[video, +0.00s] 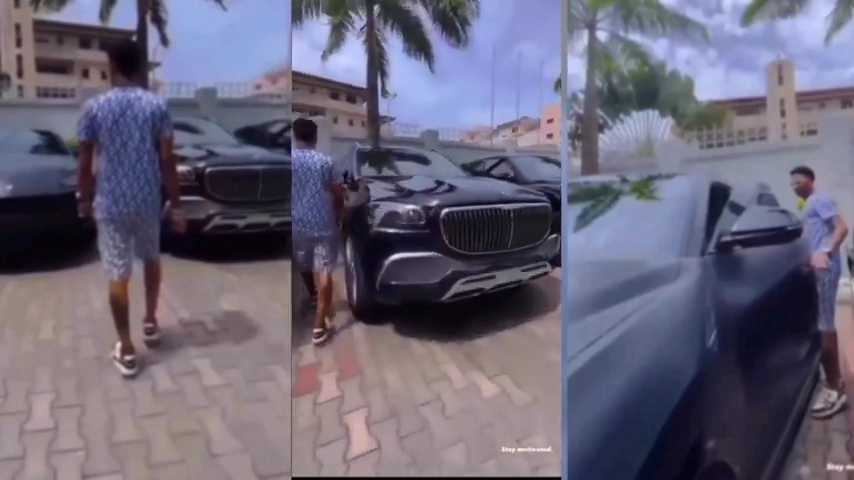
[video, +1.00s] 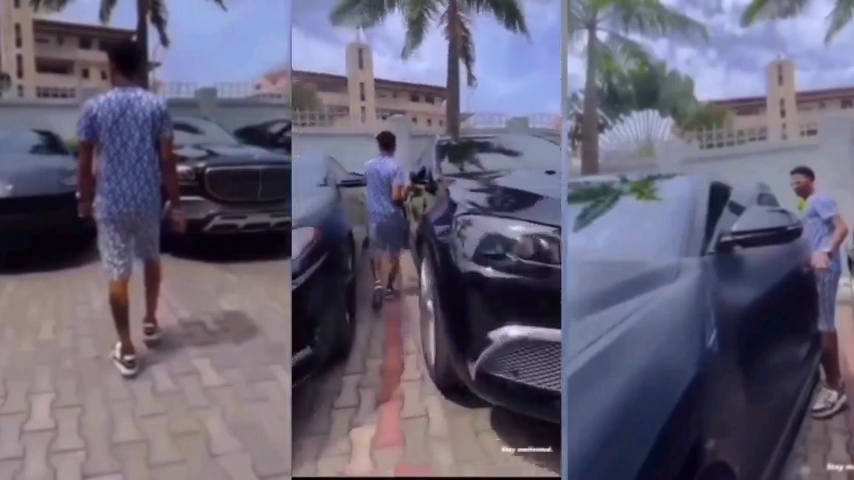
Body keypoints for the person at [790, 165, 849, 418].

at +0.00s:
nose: (796, 187)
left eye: (799, 183)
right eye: (793, 184)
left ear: (811, 181)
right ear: (797, 185)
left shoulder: (821, 201)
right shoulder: (809, 205)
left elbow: (842, 227)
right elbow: (820, 234)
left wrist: (827, 253)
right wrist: (810, 255)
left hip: (825, 268)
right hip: (815, 268)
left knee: (825, 327)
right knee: (822, 327)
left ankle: (834, 388)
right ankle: (830, 385)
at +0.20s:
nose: (796, 187)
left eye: (799, 183)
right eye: (793, 184)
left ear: (811, 181)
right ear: (797, 185)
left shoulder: (821, 201)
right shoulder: (809, 205)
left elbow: (842, 227)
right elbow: (820, 234)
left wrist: (827, 253)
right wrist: (810, 255)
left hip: (825, 268)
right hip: (815, 268)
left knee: (825, 327)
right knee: (822, 327)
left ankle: (834, 388)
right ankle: (830, 385)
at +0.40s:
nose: (796, 187)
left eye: (799, 183)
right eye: (793, 184)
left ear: (811, 181)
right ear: (797, 185)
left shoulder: (821, 201)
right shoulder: (809, 205)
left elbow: (842, 227)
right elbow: (820, 234)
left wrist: (827, 253)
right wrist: (810, 255)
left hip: (825, 268)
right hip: (815, 268)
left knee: (825, 327)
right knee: (822, 327)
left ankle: (834, 388)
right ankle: (830, 385)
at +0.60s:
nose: (796, 187)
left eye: (799, 183)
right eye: (793, 184)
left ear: (811, 181)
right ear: (797, 185)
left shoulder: (821, 201)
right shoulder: (809, 205)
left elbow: (842, 227)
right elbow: (820, 234)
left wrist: (827, 253)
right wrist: (810, 255)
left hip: (825, 268)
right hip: (815, 268)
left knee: (825, 327)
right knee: (822, 327)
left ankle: (834, 388)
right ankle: (830, 385)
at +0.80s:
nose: (796, 187)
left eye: (799, 183)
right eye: (793, 184)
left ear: (811, 181)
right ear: (797, 185)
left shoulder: (821, 201)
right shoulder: (809, 205)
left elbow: (842, 227)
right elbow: (820, 234)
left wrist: (827, 253)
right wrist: (810, 255)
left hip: (825, 268)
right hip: (815, 268)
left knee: (825, 327)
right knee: (822, 327)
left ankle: (834, 388)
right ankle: (830, 385)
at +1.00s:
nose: (796, 187)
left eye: (799, 183)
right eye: (793, 184)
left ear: (811, 181)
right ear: (797, 185)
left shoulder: (821, 201)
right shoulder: (809, 205)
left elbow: (842, 227)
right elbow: (820, 234)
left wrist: (827, 253)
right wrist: (810, 255)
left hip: (825, 268)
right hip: (815, 268)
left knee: (825, 327)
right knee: (822, 327)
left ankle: (834, 388)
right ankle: (830, 385)